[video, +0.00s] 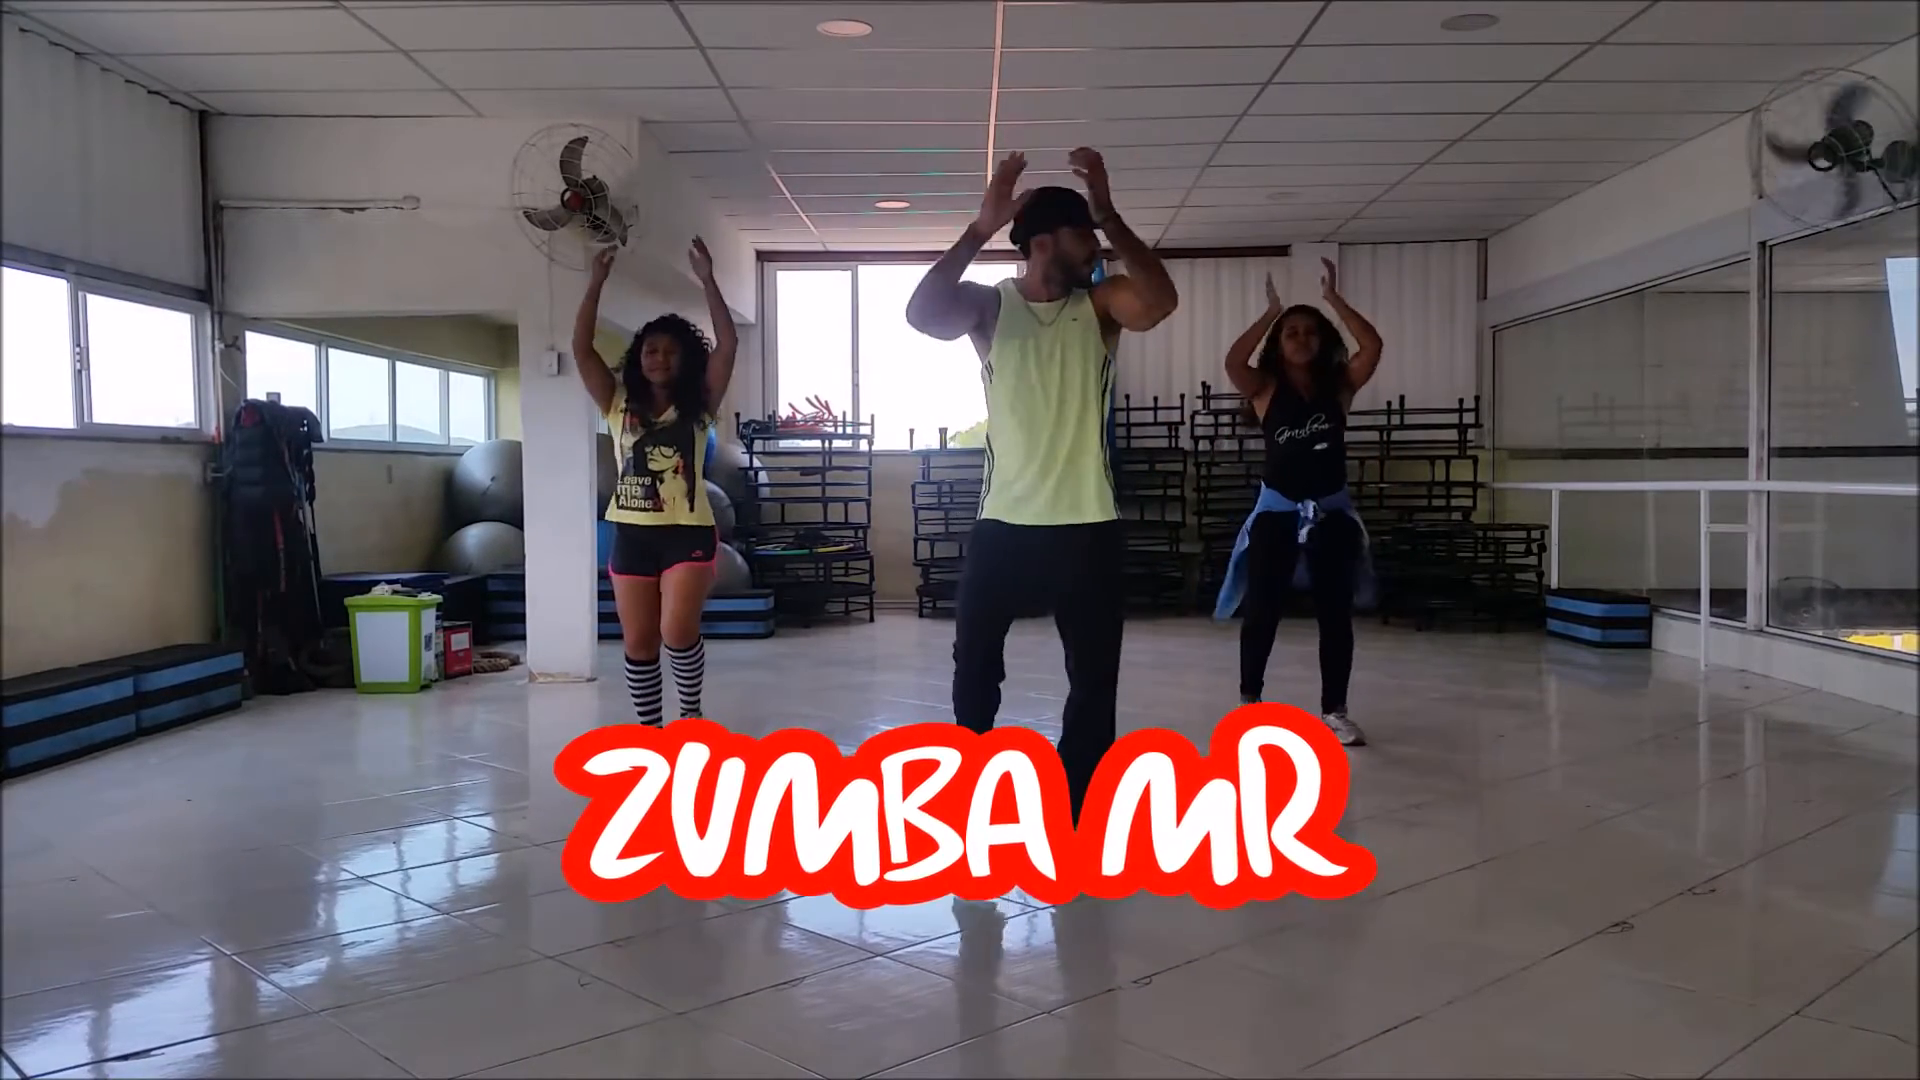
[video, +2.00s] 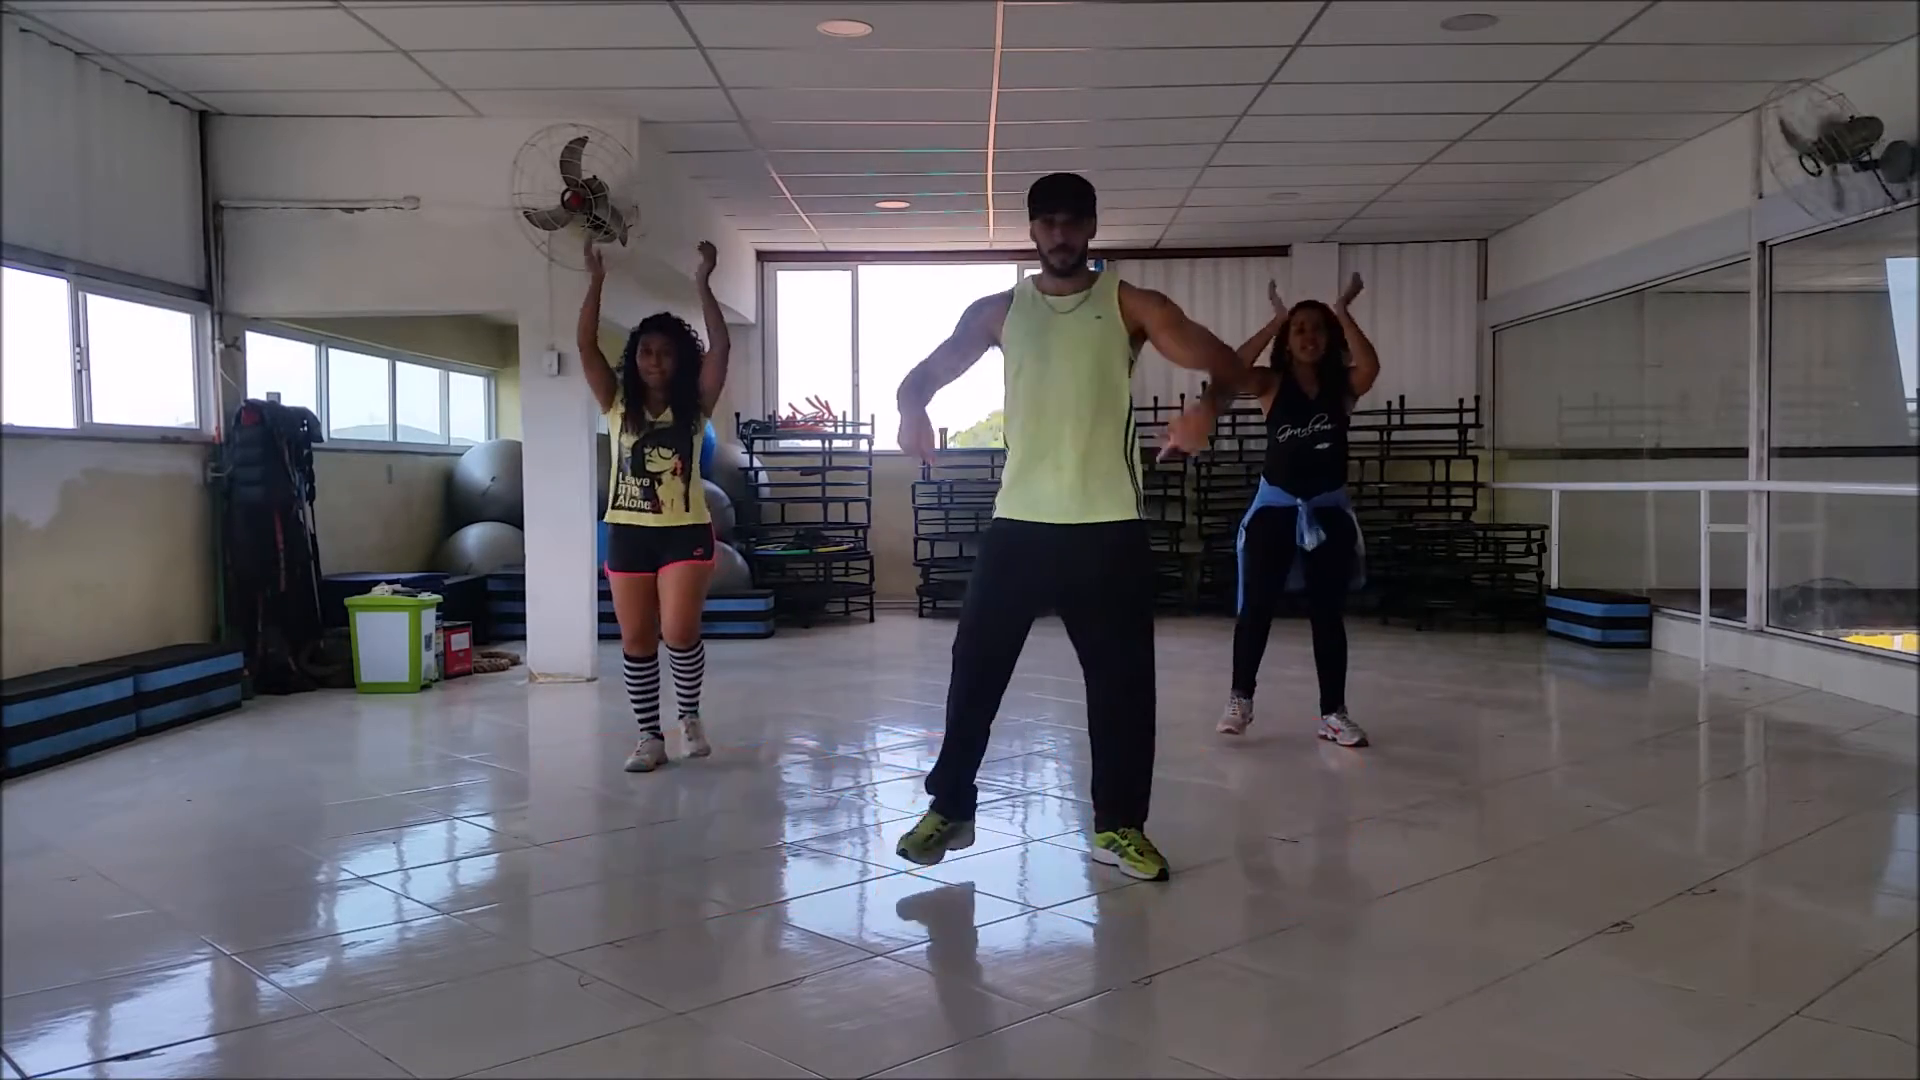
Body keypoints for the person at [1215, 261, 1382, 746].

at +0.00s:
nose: (1299, 339)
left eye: (1308, 333)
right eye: (1290, 334)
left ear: (1322, 342)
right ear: (1278, 344)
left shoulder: (1339, 386)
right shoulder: (1264, 389)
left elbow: (1372, 347)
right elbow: (1234, 363)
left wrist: (1336, 301)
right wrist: (1268, 319)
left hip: (1332, 516)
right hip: (1276, 516)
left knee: (1335, 612)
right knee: (1261, 607)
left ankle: (1335, 711)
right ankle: (1250, 702)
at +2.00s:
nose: (1308, 338)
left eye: (1316, 330)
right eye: (1299, 331)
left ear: (1330, 337)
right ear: (1286, 340)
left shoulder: (1342, 387)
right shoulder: (1270, 383)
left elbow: (1368, 366)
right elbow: (1229, 376)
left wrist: (1343, 313)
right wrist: (1272, 327)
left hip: (1329, 512)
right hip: (1274, 511)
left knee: (1329, 613)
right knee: (1256, 607)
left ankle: (1333, 715)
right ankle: (1240, 700)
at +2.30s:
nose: (1286, 338)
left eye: (1295, 331)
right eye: (1277, 332)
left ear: (1309, 342)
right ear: (1262, 343)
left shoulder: (1326, 390)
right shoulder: (1248, 387)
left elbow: (1375, 413)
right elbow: (1201, 402)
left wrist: (1327, 383)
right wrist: (1265, 390)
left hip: (1315, 515)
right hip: (1258, 515)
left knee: (1327, 614)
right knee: (1249, 615)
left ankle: (1335, 713)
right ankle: (1234, 715)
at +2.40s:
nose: (1278, 337)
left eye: (1287, 331)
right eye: (1269, 331)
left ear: (1300, 342)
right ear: (1254, 342)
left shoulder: (1317, 390)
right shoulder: (1239, 388)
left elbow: (1368, 434)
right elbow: (1191, 427)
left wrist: (1336, 428)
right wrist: (1239, 436)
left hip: (1309, 513)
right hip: (1252, 514)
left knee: (1343, 598)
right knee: (1245, 611)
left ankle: (1347, 705)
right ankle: (1234, 715)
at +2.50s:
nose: (1279, 335)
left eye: (1287, 329)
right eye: (1269, 329)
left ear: (1300, 339)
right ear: (1254, 339)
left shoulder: (1315, 390)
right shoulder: (1235, 387)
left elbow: (1350, 438)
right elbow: (1195, 444)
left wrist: (1362, 460)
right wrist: (1220, 476)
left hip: (1308, 511)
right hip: (1251, 512)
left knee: (1348, 598)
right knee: (1245, 611)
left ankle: (1365, 700)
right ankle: (1234, 715)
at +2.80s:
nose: (1298, 347)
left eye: (1306, 341)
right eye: (1288, 341)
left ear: (1319, 351)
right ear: (1273, 351)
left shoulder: (1339, 401)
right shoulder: (1255, 405)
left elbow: (1363, 467)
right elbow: (1233, 473)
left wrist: (1387, 528)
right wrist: (1221, 533)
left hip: (1332, 524)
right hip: (1274, 526)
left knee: (1363, 616)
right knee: (1260, 616)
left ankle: (1381, 716)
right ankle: (1225, 713)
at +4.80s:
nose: (1300, 362)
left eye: (1309, 355)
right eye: (1291, 355)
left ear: (1321, 364)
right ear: (1276, 364)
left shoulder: (1343, 415)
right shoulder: (1259, 418)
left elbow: (1359, 486)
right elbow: (1233, 488)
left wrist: (1368, 548)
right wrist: (1216, 552)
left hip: (1330, 534)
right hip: (1274, 533)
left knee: (1375, 618)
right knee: (1251, 621)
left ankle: (1383, 717)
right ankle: (1221, 716)